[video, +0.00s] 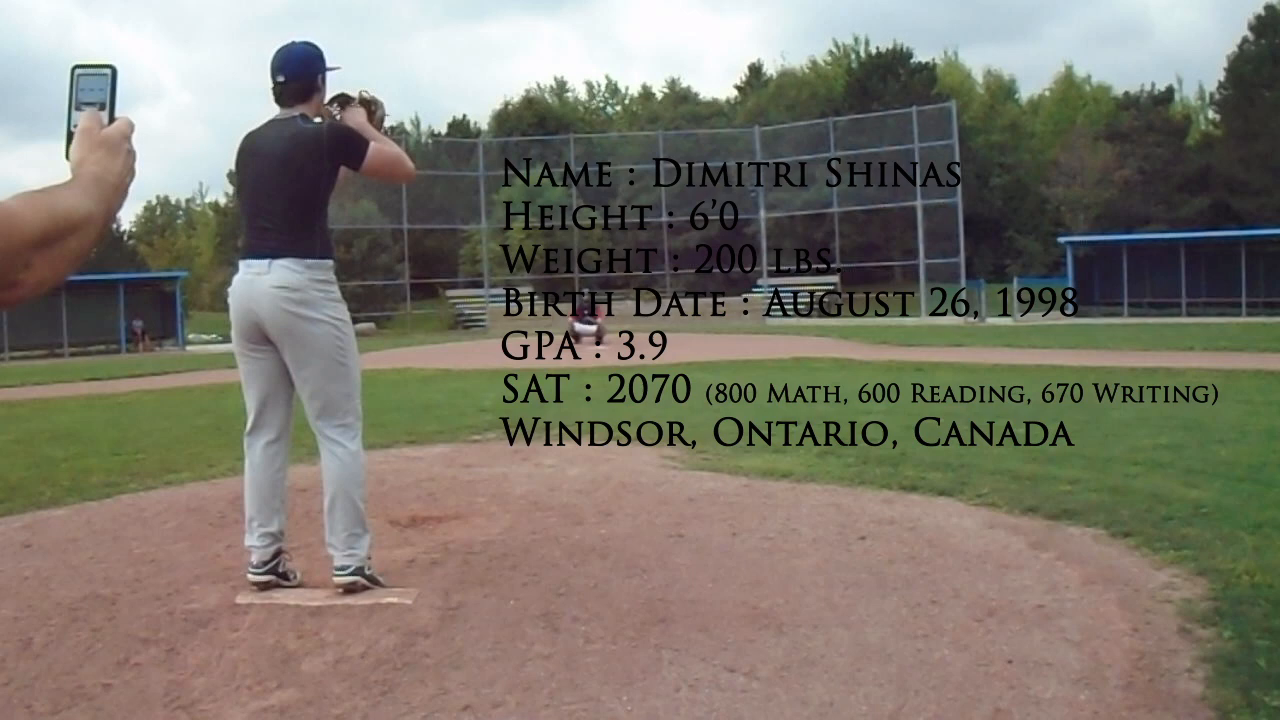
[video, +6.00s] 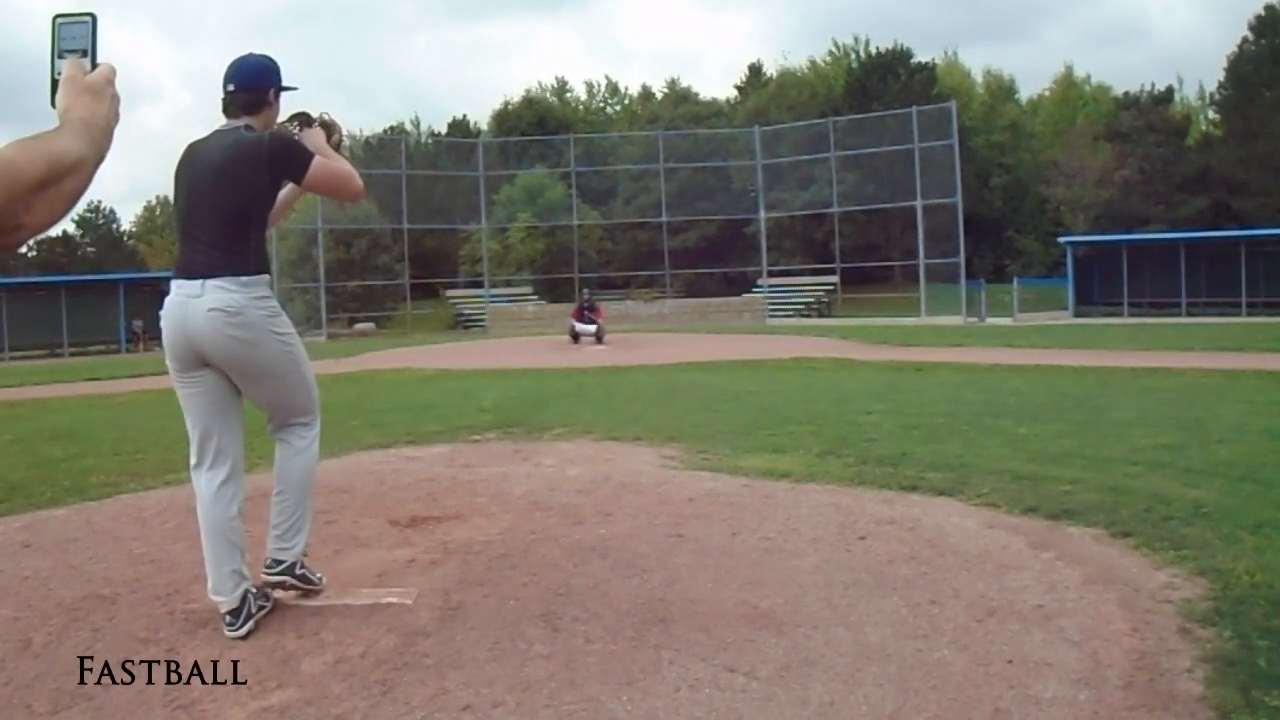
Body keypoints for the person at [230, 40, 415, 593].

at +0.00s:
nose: (327, 88)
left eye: (322, 81)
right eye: (325, 81)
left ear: (275, 88)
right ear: (320, 86)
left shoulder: (250, 143)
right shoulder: (327, 135)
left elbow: (301, 185)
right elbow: (402, 167)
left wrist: (327, 131)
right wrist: (362, 125)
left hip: (246, 288)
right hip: (303, 286)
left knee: (264, 430)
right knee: (338, 429)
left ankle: (263, 558)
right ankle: (350, 561)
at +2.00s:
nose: (327, 88)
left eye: (322, 81)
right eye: (325, 81)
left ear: (275, 88)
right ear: (320, 86)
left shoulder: (250, 143)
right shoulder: (327, 135)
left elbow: (301, 185)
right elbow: (402, 167)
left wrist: (327, 131)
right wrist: (362, 125)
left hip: (246, 288)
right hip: (303, 286)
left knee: (264, 430)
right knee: (338, 429)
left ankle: (263, 558)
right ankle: (350, 561)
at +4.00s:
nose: (327, 88)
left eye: (322, 81)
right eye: (325, 81)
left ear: (275, 88)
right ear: (320, 86)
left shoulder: (250, 143)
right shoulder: (327, 135)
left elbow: (305, 186)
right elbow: (402, 167)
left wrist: (329, 132)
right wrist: (361, 125)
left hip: (247, 288)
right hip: (303, 286)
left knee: (264, 430)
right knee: (338, 429)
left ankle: (263, 558)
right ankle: (350, 561)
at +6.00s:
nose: (279, 107)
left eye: (274, 98)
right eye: (280, 99)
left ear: (226, 100)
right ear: (272, 101)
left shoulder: (194, 153)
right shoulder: (273, 145)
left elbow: (259, 218)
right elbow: (352, 186)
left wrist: (300, 160)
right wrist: (321, 143)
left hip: (178, 310)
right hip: (239, 306)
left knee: (213, 462)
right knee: (297, 423)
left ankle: (234, 602)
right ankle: (286, 557)